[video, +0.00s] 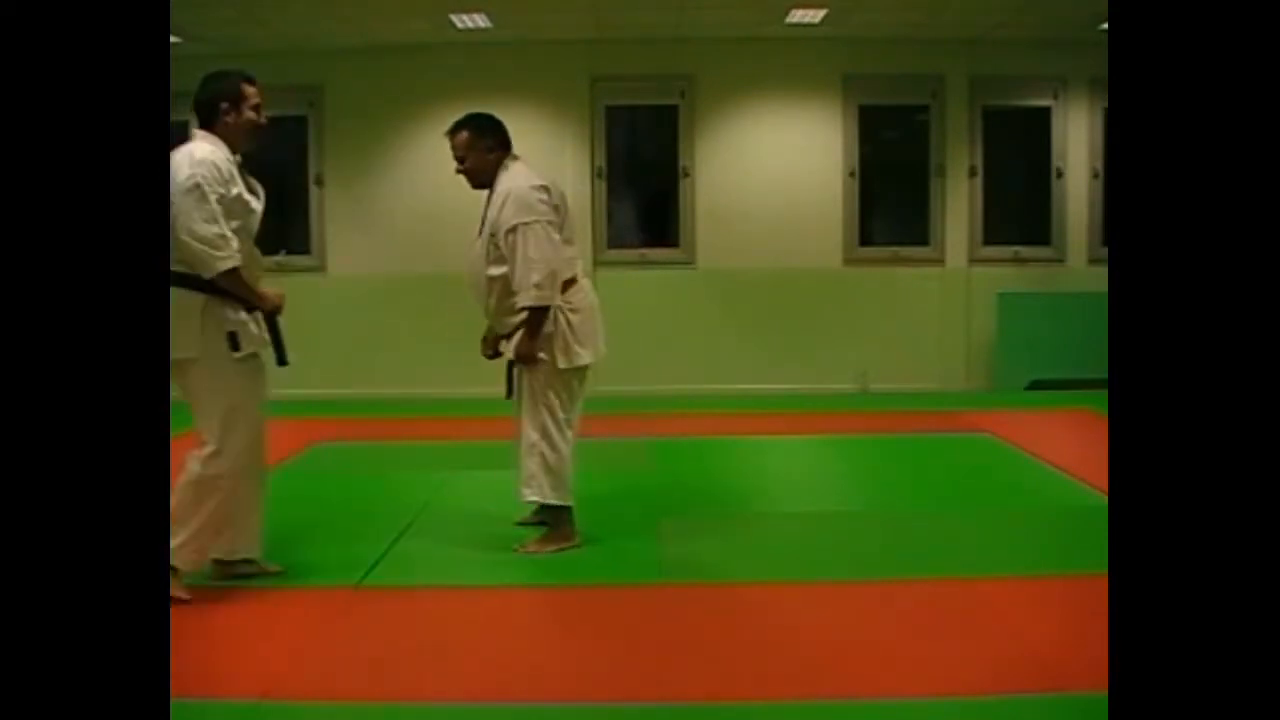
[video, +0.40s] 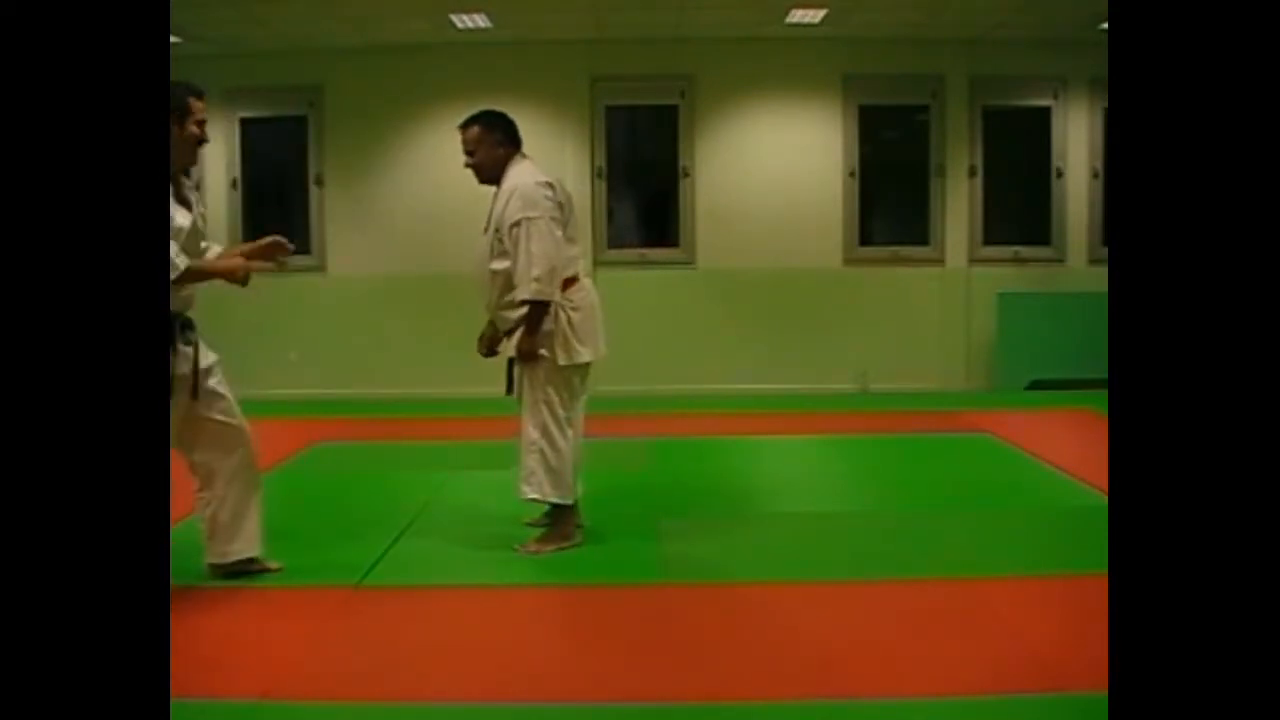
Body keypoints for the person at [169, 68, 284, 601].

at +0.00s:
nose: (262, 116)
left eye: (260, 107)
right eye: (254, 108)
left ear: (225, 114)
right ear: (225, 113)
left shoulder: (220, 163)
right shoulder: (196, 165)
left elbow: (222, 246)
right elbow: (206, 250)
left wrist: (259, 291)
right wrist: (257, 295)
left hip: (231, 315)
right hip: (205, 318)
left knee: (245, 441)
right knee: (225, 443)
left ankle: (234, 553)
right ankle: (175, 557)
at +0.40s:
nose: (204, 134)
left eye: (204, 123)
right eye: (196, 123)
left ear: (191, 128)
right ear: (172, 128)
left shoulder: (184, 192)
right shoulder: (169, 196)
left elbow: (191, 258)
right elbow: (172, 270)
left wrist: (248, 250)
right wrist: (217, 270)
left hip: (184, 342)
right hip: (174, 345)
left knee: (228, 440)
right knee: (222, 442)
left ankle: (231, 553)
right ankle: (231, 552)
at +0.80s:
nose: (200, 149)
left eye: (199, 140)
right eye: (192, 141)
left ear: (187, 146)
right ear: (170, 147)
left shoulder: (194, 201)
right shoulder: (167, 207)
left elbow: (234, 252)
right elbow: (172, 271)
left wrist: (293, 233)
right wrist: (189, 258)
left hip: (207, 349)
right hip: (175, 353)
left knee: (280, 429)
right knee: (175, 462)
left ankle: (301, 539)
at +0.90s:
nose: (232, 157)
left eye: (230, 148)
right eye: (223, 149)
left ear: (204, 154)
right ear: (192, 154)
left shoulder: (224, 207)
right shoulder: (172, 208)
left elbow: (268, 247)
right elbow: (177, 285)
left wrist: (330, 230)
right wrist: (216, 267)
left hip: (230, 354)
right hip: (182, 357)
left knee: (306, 432)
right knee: (175, 475)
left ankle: (361, 527)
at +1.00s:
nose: (264, 161)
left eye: (264, 152)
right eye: (257, 152)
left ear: (229, 155)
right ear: (226, 154)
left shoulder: (253, 206)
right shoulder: (187, 206)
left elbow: (307, 237)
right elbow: (194, 285)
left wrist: (369, 220)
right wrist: (253, 266)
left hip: (256, 355)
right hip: (200, 357)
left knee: (330, 436)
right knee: (178, 474)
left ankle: (384, 526)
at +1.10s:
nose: (318, 162)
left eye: (317, 152)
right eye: (311, 153)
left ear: (284, 155)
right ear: (283, 155)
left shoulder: (304, 201)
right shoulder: (243, 206)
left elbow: (365, 211)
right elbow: (246, 282)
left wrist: (431, 197)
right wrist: (311, 268)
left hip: (300, 351)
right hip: (254, 351)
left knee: (369, 431)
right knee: (206, 463)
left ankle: (387, 534)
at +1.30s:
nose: (380, 162)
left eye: (380, 153)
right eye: (373, 152)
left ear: (352, 152)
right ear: (345, 152)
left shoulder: (370, 197)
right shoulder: (294, 199)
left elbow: (434, 189)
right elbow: (281, 272)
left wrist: (500, 168)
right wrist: (349, 274)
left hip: (335, 344)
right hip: (287, 341)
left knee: (396, 428)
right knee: (271, 448)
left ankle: (399, 535)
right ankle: (202, 552)